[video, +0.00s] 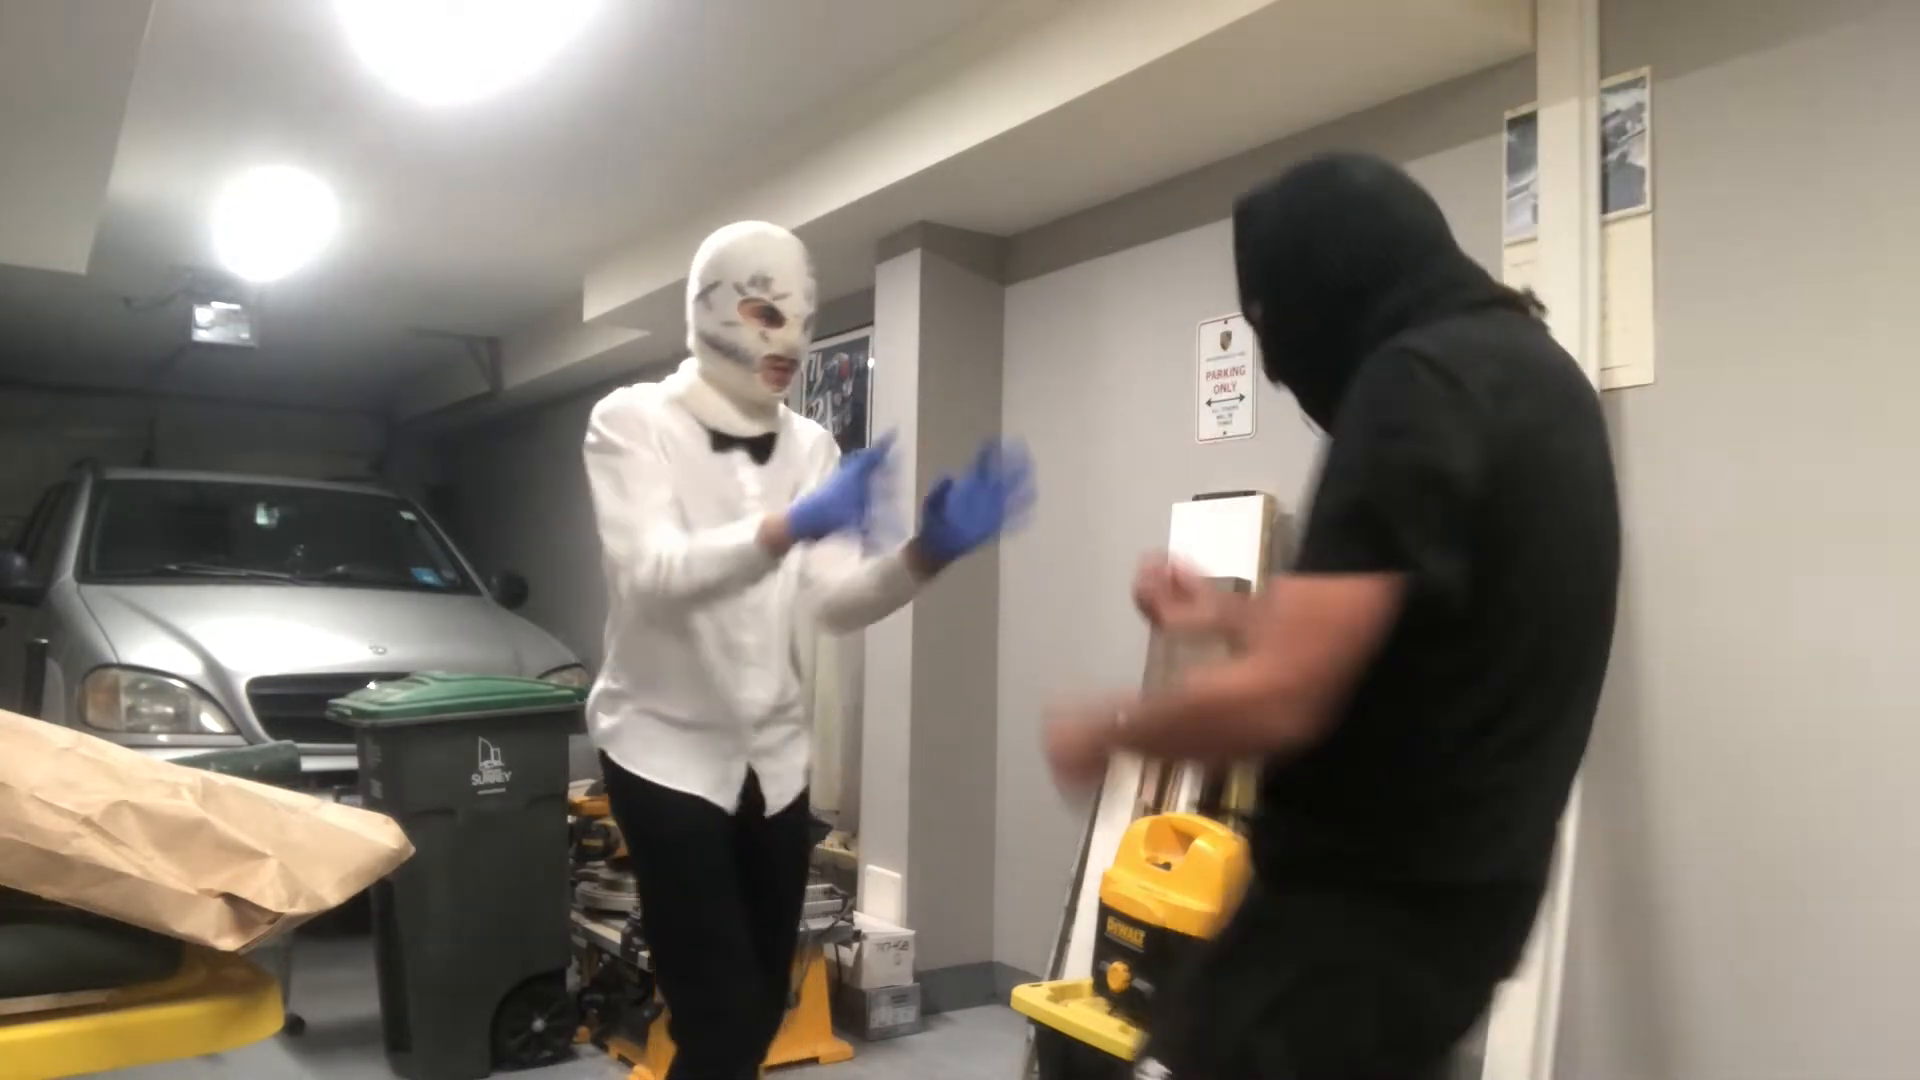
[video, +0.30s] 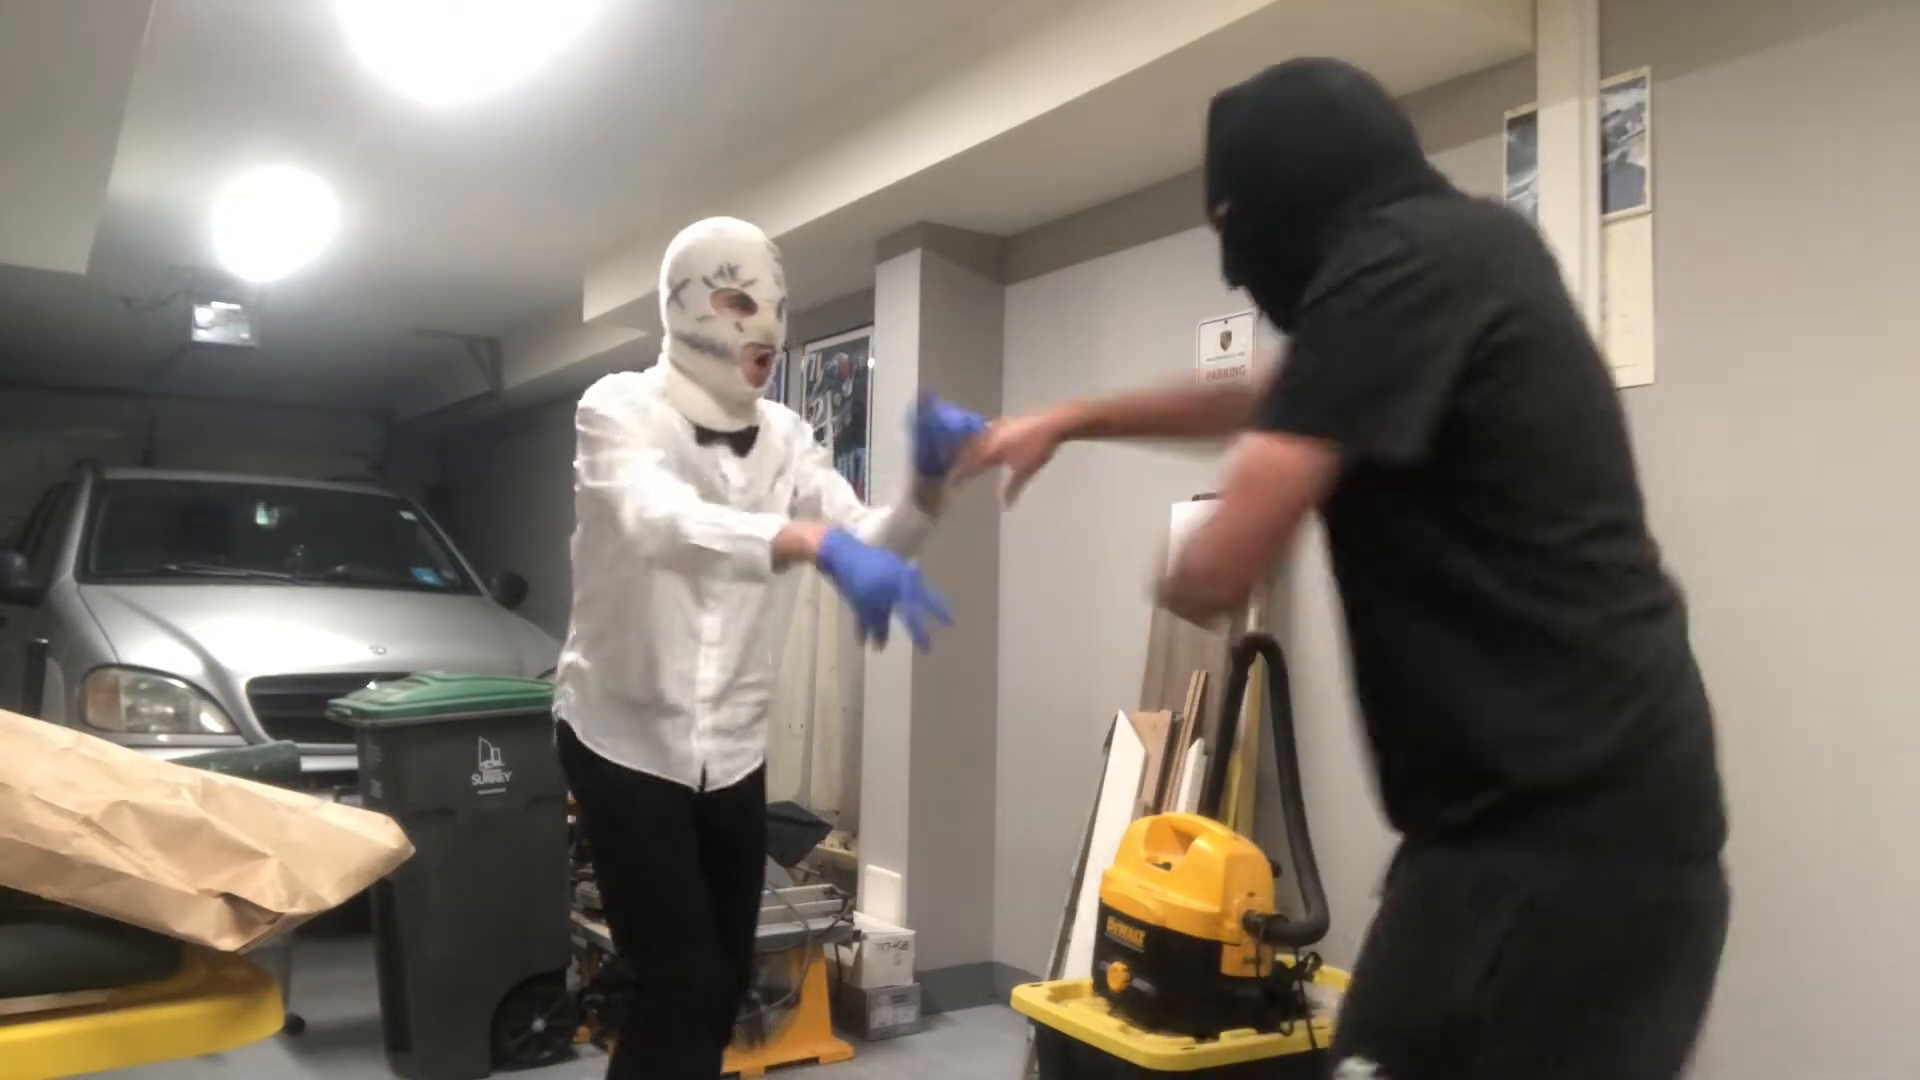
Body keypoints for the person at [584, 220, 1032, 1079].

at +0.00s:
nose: (787, 338)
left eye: (799, 318)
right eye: (762, 311)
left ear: (808, 327)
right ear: (705, 315)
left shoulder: (808, 446)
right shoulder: (634, 421)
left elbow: (834, 600)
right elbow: (648, 577)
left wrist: (926, 551)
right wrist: (788, 525)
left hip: (773, 749)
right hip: (663, 746)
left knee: (755, 1016)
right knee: (721, 1021)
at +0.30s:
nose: (757, 332)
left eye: (767, 311)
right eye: (733, 308)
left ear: (781, 321)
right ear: (683, 313)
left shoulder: (785, 438)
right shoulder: (619, 408)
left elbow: (859, 545)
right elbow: (653, 520)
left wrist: (929, 488)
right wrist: (808, 544)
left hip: (730, 748)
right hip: (623, 741)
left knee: (719, 987)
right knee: (677, 986)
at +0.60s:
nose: (750, 313)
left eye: (759, 295)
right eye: (723, 291)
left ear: (767, 304)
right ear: (665, 299)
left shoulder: (753, 419)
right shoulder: (608, 393)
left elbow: (839, 517)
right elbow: (714, 463)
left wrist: (956, 488)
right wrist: (899, 426)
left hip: (699, 740)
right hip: (599, 737)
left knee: (680, 1005)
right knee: (615, 1005)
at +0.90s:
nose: (768, 328)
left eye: (777, 309)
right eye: (746, 302)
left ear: (781, 314)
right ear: (689, 301)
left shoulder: (741, 435)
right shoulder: (623, 393)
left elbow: (840, 515)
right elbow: (694, 511)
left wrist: (931, 442)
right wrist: (852, 429)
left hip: (696, 743)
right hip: (612, 738)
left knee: (700, 994)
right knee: (651, 1004)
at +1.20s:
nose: (798, 316)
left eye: (807, 301)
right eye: (775, 291)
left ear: (812, 315)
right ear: (715, 295)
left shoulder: (770, 436)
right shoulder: (655, 393)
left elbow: (857, 521)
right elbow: (750, 516)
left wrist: (984, 499)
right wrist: (937, 458)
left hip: (697, 730)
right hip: (635, 725)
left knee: (683, 999)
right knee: (732, 1001)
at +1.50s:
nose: (816, 319)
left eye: (824, 303)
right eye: (796, 294)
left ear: (829, 314)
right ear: (734, 291)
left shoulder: (761, 433)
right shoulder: (682, 391)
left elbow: (833, 565)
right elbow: (731, 514)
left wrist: (937, 549)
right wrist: (899, 524)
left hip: (728, 741)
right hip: (671, 738)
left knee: (731, 1005)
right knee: (757, 1012)